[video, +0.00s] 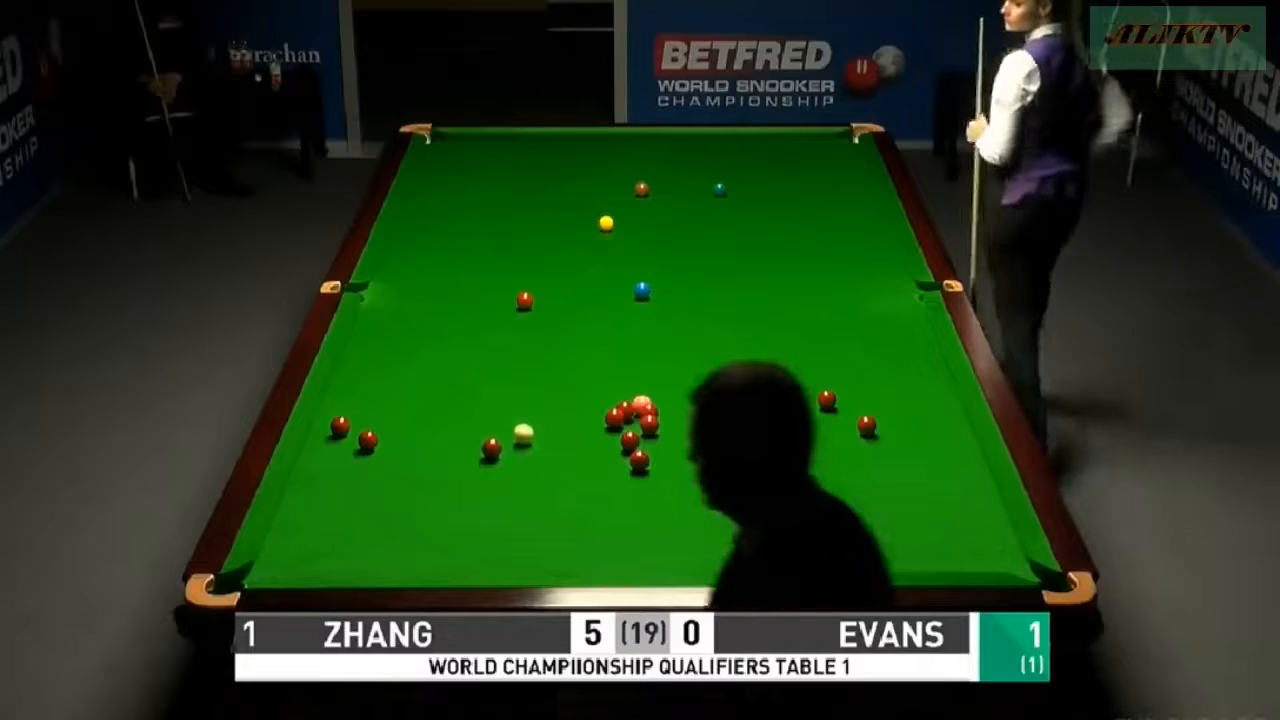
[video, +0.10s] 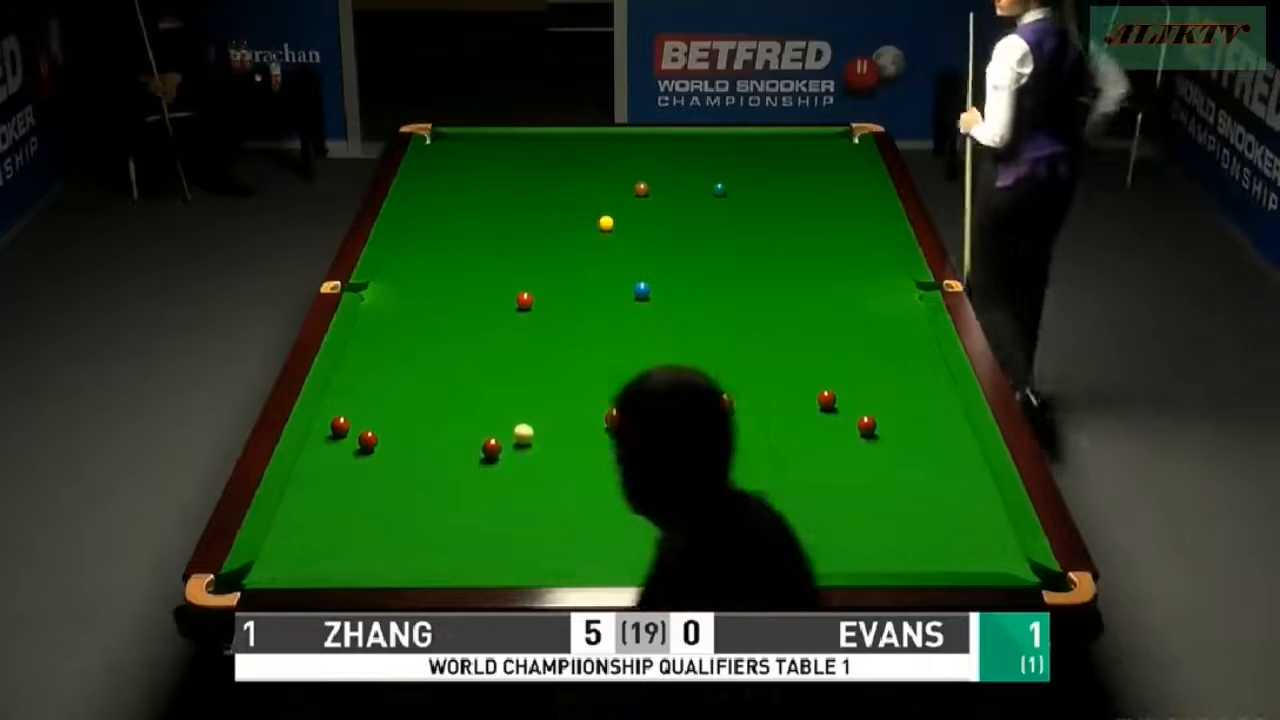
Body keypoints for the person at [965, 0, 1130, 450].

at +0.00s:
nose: (1005, 8)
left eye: (1014, 2)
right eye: (1006, 1)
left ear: (1041, 8)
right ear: (1045, 10)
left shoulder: (1019, 64)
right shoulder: (1077, 58)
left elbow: (999, 149)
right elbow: (1118, 117)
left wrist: (980, 132)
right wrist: (1076, 149)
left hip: (1024, 203)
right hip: (1065, 197)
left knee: (1015, 314)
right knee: (1030, 299)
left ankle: (1029, 439)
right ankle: (1017, 399)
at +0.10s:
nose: (997, 2)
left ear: (1019, 1)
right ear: (1039, 1)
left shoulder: (1010, 49)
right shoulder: (1069, 39)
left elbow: (997, 134)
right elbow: (1115, 86)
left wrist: (973, 124)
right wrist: (1081, 131)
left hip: (1016, 185)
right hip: (1059, 181)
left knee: (989, 288)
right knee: (1028, 280)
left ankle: (1021, 395)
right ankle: (1014, 388)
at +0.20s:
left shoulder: (1005, 42)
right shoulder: (1063, 34)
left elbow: (994, 127)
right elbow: (1108, 75)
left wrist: (967, 119)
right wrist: (1072, 117)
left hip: (1009, 174)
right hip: (1053, 173)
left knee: (979, 271)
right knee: (1027, 271)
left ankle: (1010, 368)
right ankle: (1023, 384)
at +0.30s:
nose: (976, 1)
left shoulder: (994, 34)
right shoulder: (1051, 27)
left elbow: (985, 117)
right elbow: (1066, 95)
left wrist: (958, 112)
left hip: (992, 167)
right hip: (1039, 164)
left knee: (969, 263)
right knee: (1022, 266)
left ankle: (978, 369)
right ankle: (1014, 377)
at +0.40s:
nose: (965, 1)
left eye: (969, 1)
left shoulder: (984, 33)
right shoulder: (1039, 28)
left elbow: (976, 115)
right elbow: (1045, 102)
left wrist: (949, 108)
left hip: (982, 166)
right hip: (1031, 164)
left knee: (963, 265)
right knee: (1017, 272)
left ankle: (953, 370)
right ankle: (1012, 382)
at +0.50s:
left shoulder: (966, 34)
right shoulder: (1017, 28)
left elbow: (958, 115)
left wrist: (933, 104)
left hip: (971, 162)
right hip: (1016, 160)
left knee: (949, 264)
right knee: (1006, 270)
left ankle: (938, 368)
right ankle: (1008, 382)